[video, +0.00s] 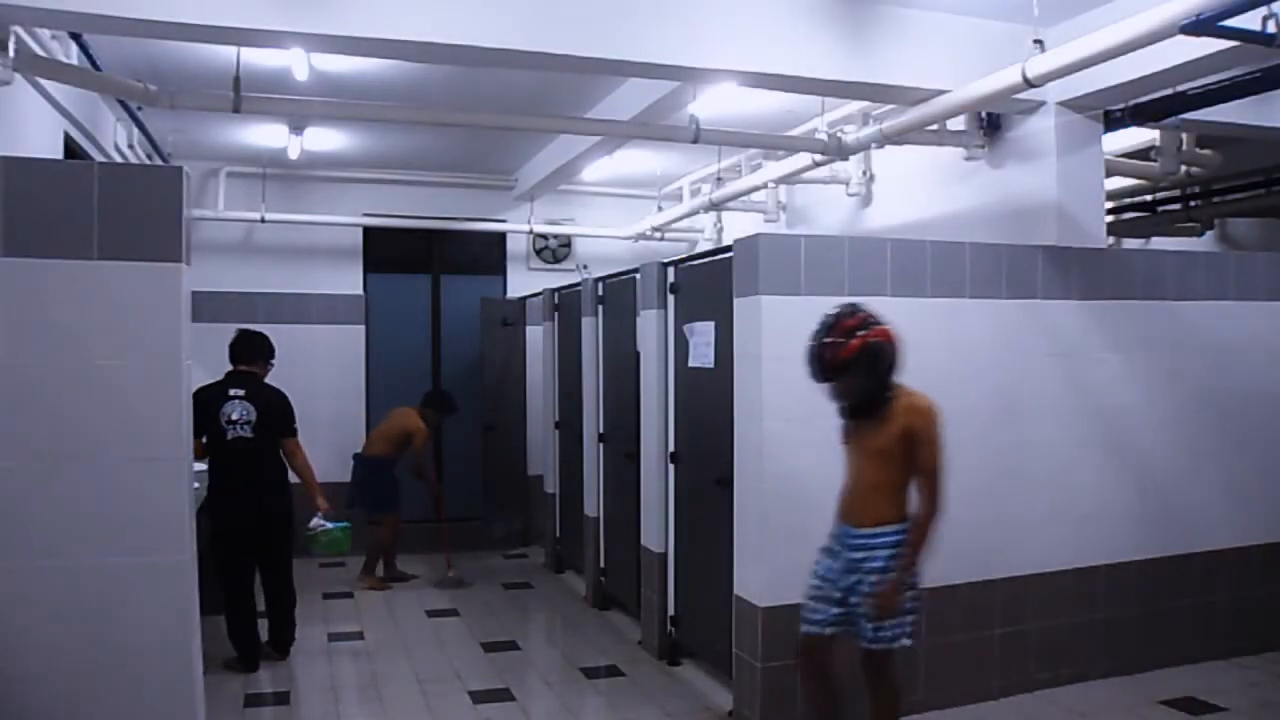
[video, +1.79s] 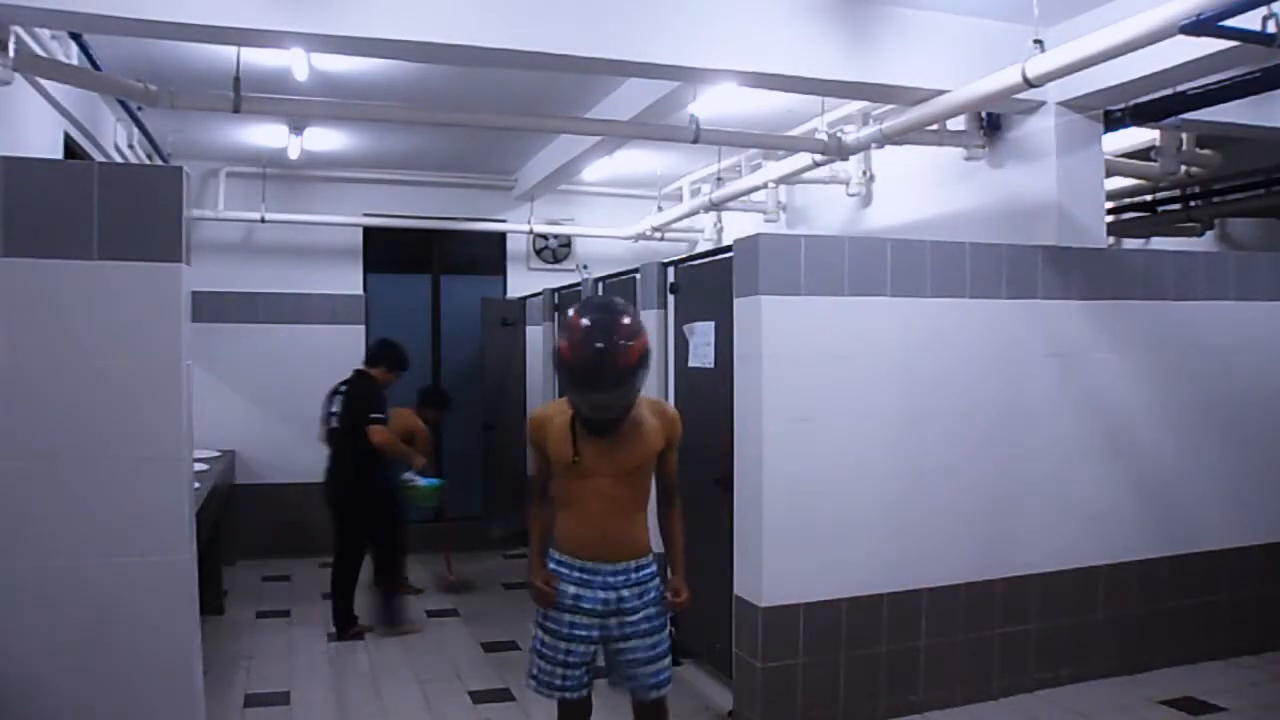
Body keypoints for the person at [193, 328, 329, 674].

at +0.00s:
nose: (270, 369)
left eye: (268, 364)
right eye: (270, 364)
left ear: (232, 360)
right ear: (266, 364)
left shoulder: (204, 397)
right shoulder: (274, 398)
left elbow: (194, 451)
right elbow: (292, 452)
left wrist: (222, 445)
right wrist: (317, 493)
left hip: (226, 501)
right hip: (271, 500)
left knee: (236, 579)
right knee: (277, 571)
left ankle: (247, 656)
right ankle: (281, 644)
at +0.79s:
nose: (306, 383)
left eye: (308, 377)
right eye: (307, 376)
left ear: (277, 363)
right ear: (297, 368)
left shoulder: (235, 392)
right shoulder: (295, 399)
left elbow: (218, 441)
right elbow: (316, 451)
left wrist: (243, 462)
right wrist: (337, 488)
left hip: (241, 496)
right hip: (283, 496)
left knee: (242, 572)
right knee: (286, 571)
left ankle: (244, 648)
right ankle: (284, 643)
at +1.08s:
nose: (326, 385)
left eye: (329, 379)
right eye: (327, 378)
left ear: (300, 364)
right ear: (317, 369)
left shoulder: (260, 391)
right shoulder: (309, 397)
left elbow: (251, 440)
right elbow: (323, 446)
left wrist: (281, 449)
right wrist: (342, 461)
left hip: (261, 489)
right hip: (297, 491)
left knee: (277, 557)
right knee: (297, 563)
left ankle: (271, 624)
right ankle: (284, 641)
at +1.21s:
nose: (333, 384)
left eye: (336, 379)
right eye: (334, 378)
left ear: (308, 364)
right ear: (325, 370)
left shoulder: (271, 393)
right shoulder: (315, 398)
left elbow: (275, 443)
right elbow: (327, 449)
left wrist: (315, 456)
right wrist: (349, 459)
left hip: (271, 488)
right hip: (305, 492)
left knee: (297, 558)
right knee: (301, 563)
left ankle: (310, 622)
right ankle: (285, 642)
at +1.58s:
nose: (370, 381)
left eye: (373, 374)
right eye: (371, 374)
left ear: (345, 363)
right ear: (362, 368)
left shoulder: (310, 393)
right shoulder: (351, 393)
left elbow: (296, 439)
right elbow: (361, 437)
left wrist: (323, 454)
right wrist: (386, 456)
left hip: (314, 482)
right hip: (344, 482)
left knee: (338, 553)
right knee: (341, 554)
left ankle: (344, 623)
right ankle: (300, 623)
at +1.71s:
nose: (385, 381)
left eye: (387, 375)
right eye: (386, 374)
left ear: (361, 362)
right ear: (377, 368)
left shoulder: (327, 391)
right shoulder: (363, 392)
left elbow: (313, 435)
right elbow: (371, 436)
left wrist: (342, 447)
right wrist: (399, 456)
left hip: (329, 480)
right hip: (357, 482)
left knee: (345, 547)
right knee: (374, 548)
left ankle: (343, 619)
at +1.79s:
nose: (393, 381)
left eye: (396, 375)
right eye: (394, 374)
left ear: (369, 363)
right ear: (385, 369)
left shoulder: (340, 390)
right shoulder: (372, 392)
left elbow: (329, 434)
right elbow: (379, 436)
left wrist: (356, 450)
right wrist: (412, 456)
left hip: (340, 481)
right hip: (369, 483)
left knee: (348, 551)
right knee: (388, 543)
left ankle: (344, 623)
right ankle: (391, 615)